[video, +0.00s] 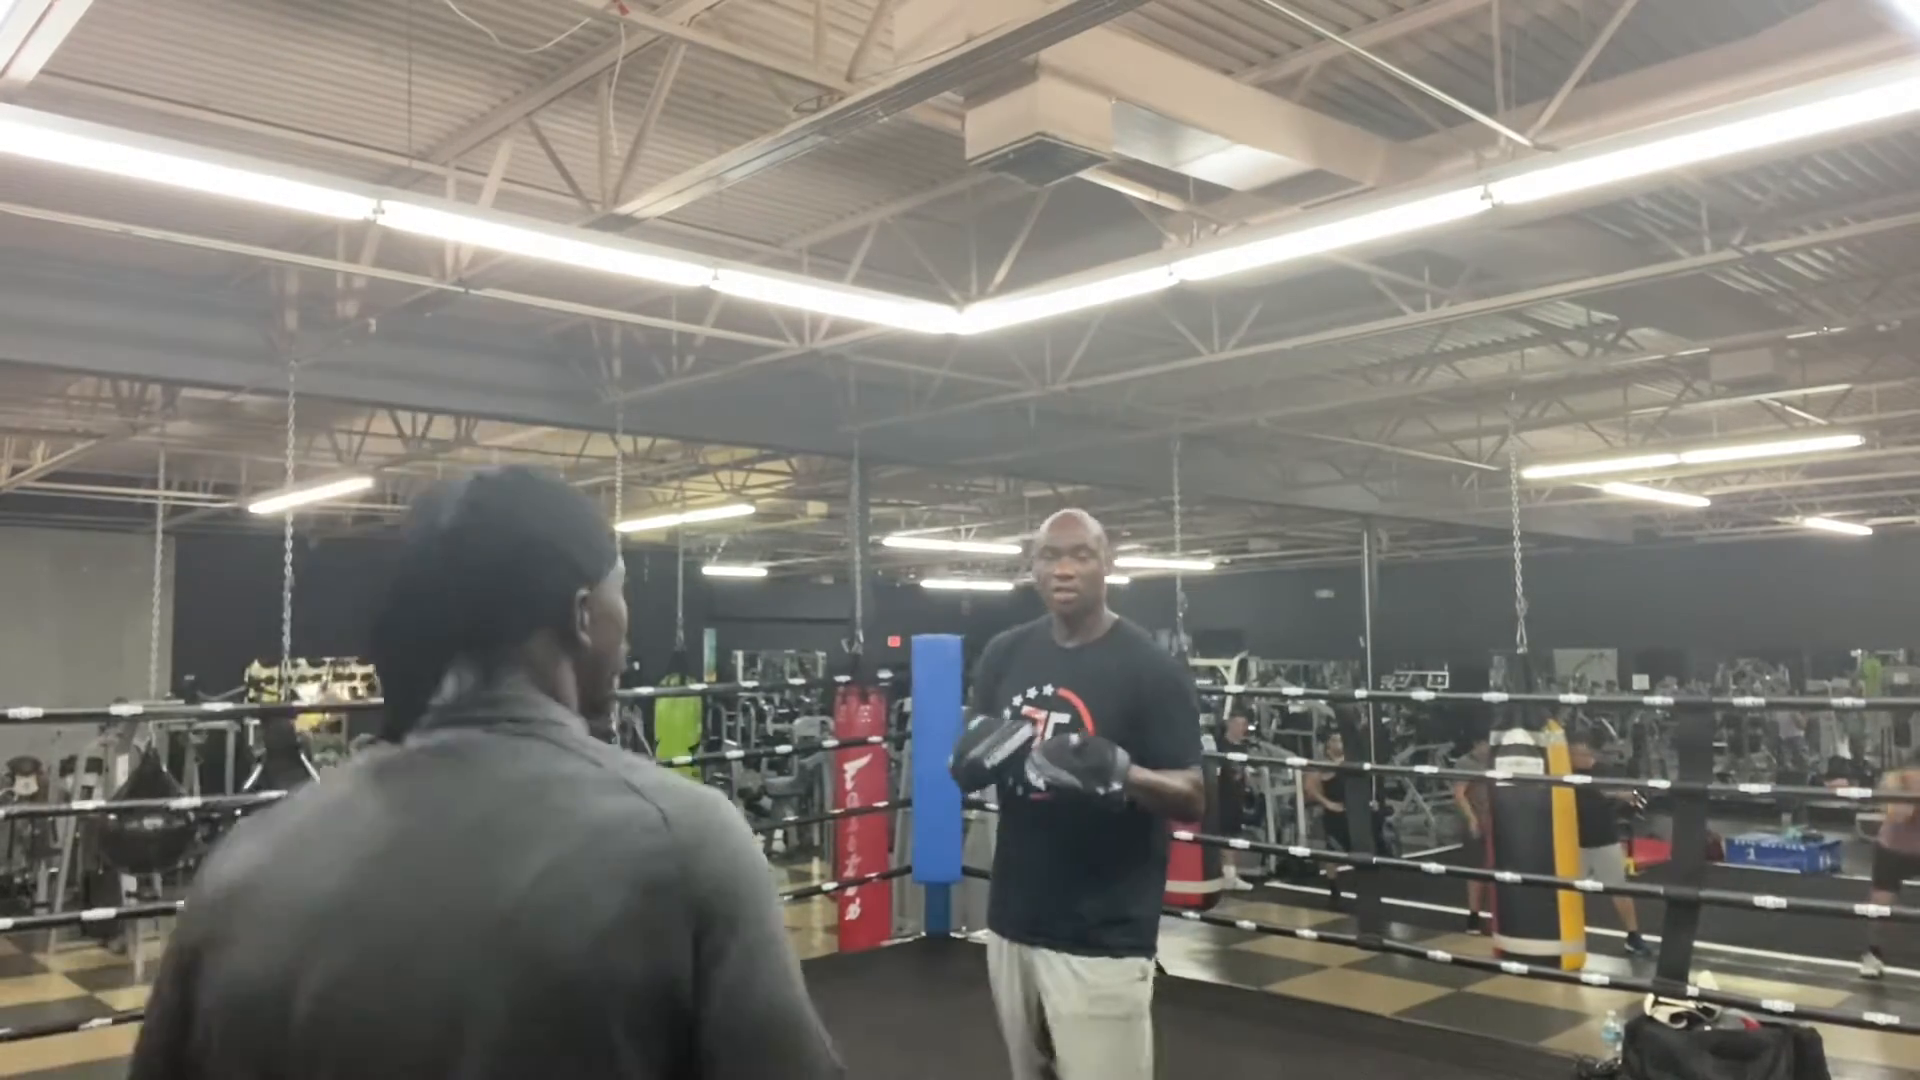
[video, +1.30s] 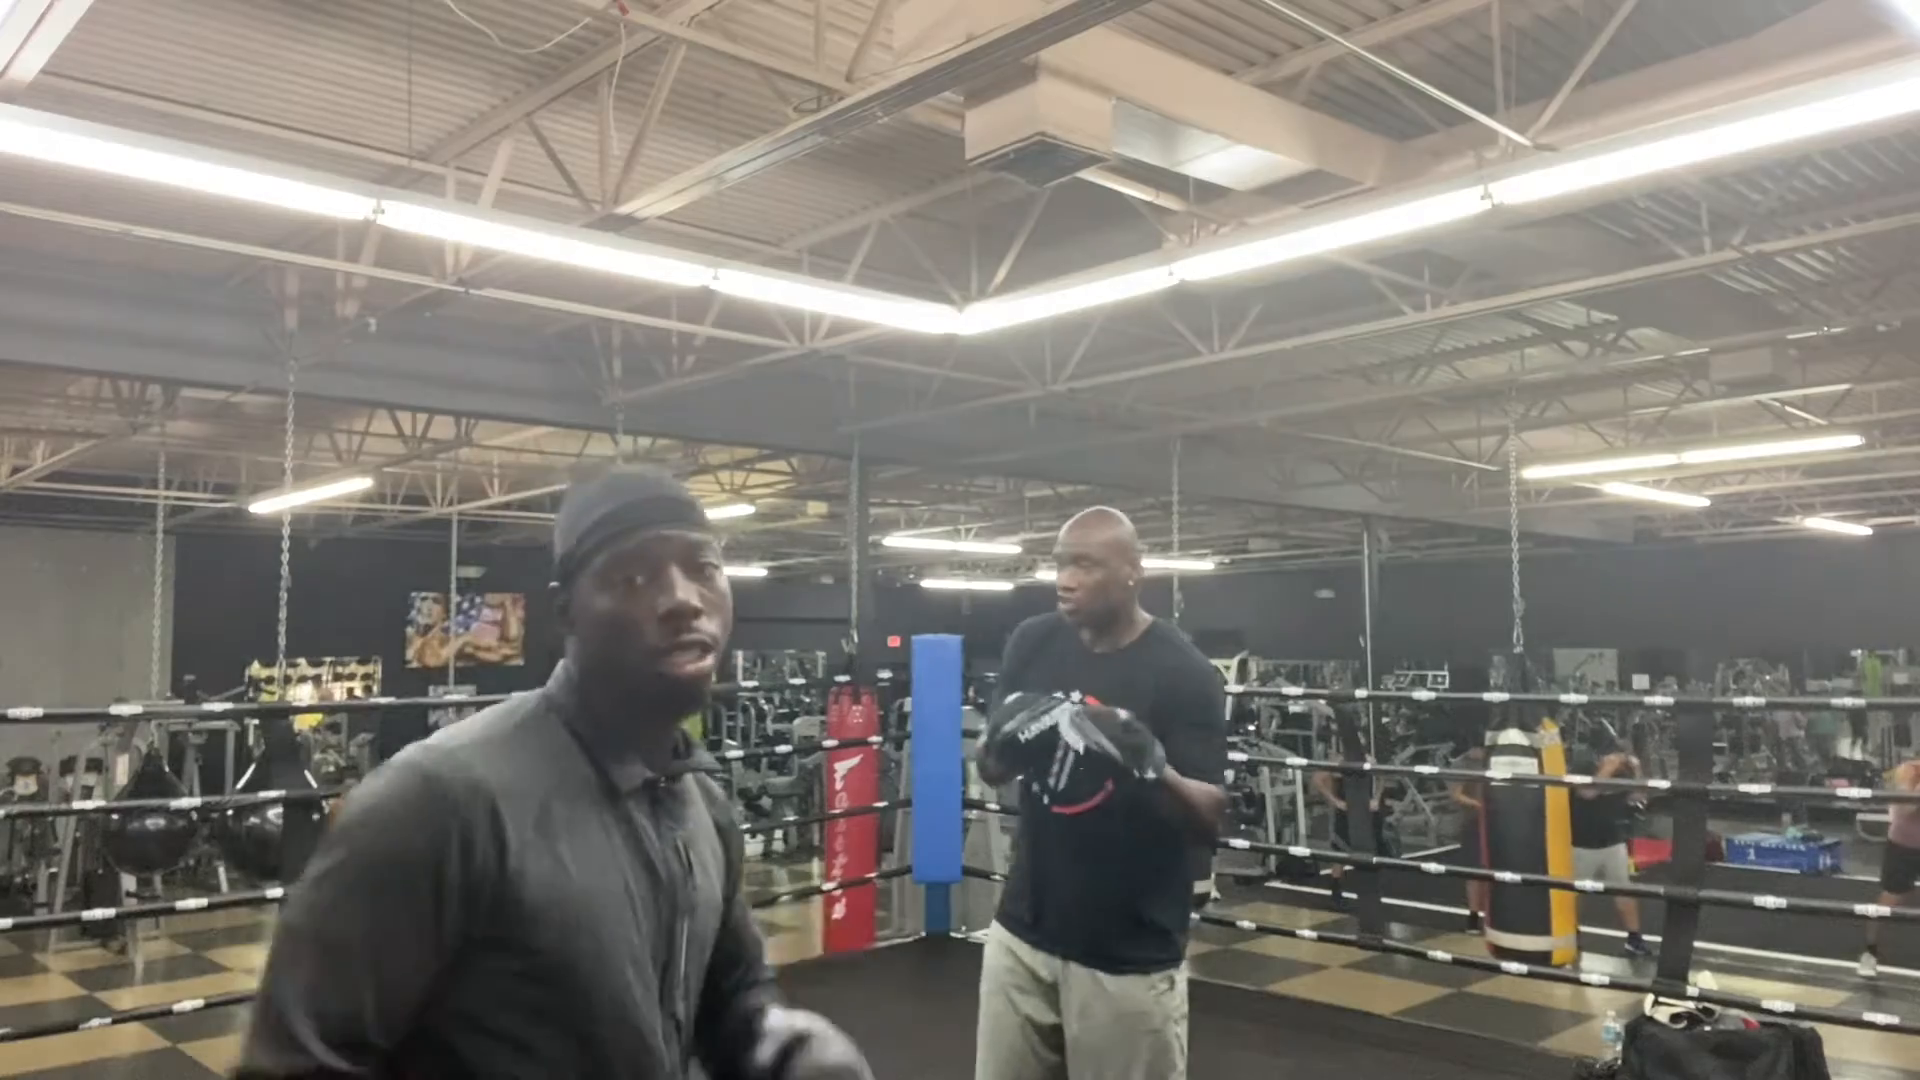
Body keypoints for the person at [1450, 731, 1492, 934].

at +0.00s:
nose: (1487, 750)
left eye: (1488, 746)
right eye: (1484, 745)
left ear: (1489, 748)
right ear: (1475, 746)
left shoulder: (1490, 764)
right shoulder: (1467, 764)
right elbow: (1459, 792)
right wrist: (1472, 818)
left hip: (1493, 821)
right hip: (1478, 822)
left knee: (1492, 870)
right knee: (1476, 869)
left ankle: (1493, 911)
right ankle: (1474, 913)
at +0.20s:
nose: (1486, 753)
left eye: (1488, 749)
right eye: (1482, 748)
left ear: (1491, 749)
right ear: (1473, 747)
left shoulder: (1493, 765)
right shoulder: (1464, 765)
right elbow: (1464, 794)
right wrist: (1488, 799)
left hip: (1495, 824)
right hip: (1475, 824)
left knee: (1494, 871)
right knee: (1475, 870)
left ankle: (1498, 913)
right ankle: (1474, 913)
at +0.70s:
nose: (1486, 749)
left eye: (1487, 744)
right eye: (1482, 744)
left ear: (1490, 745)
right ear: (1472, 745)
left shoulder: (1492, 763)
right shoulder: (1465, 764)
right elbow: (1461, 792)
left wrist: (1495, 808)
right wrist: (1484, 809)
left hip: (1494, 825)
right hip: (1474, 825)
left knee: (1494, 871)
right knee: (1474, 871)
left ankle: (1497, 912)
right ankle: (1474, 913)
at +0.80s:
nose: (1487, 750)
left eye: (1488, 745)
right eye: (1483, 745)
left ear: (1488, 746)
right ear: (1472, 745)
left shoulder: (1491, 765)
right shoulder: (1466, 764)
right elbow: (1457, 793)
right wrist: (1480, 816)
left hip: (1494, 823)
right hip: (1476, 825)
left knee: (1494, 871)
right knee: (1475, 870)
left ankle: (1496, 911)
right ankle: (1474, 914)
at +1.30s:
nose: (1480, 755)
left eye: (1483, 751)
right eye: (1477, 750)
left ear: (1488, 752)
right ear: (1470, 750)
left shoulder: (1491, 766)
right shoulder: (1463, 765)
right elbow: (1455, 793)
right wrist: (1477, 804)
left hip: (1491, 819)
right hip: (1474, 820)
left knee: (1489, 867)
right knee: (1475, 867)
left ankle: (1488, 911)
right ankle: (1474, 913)